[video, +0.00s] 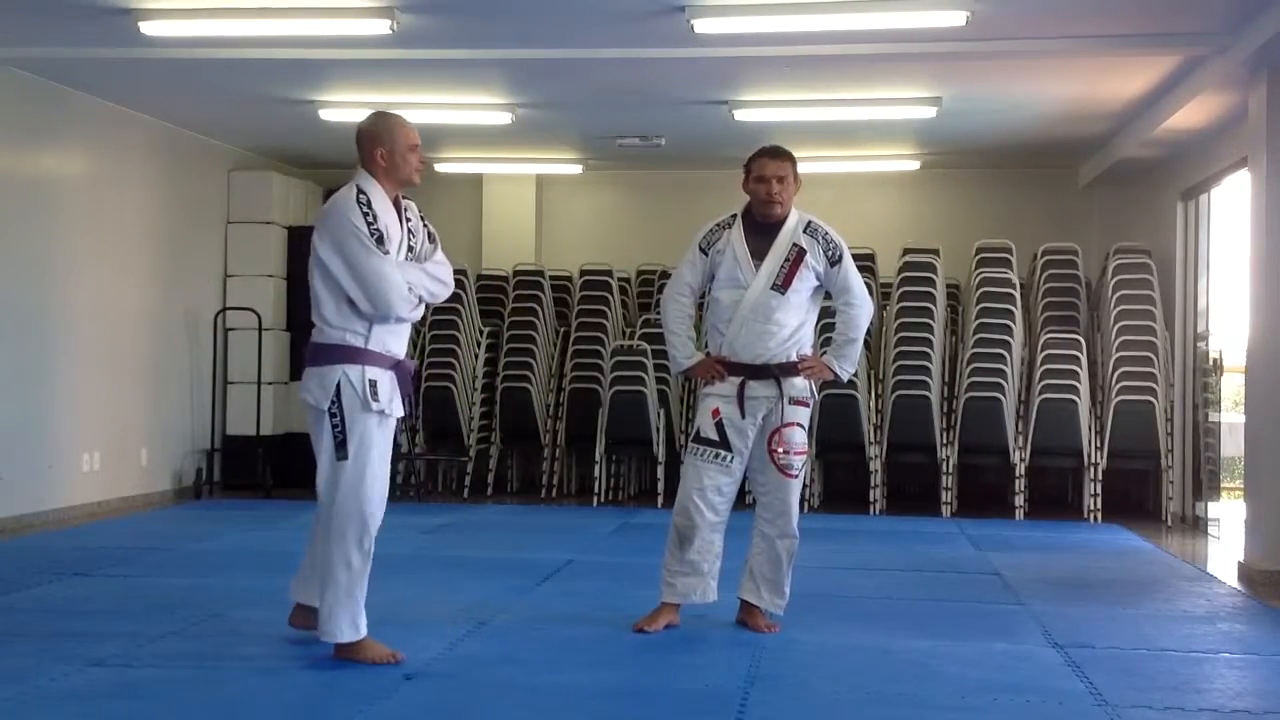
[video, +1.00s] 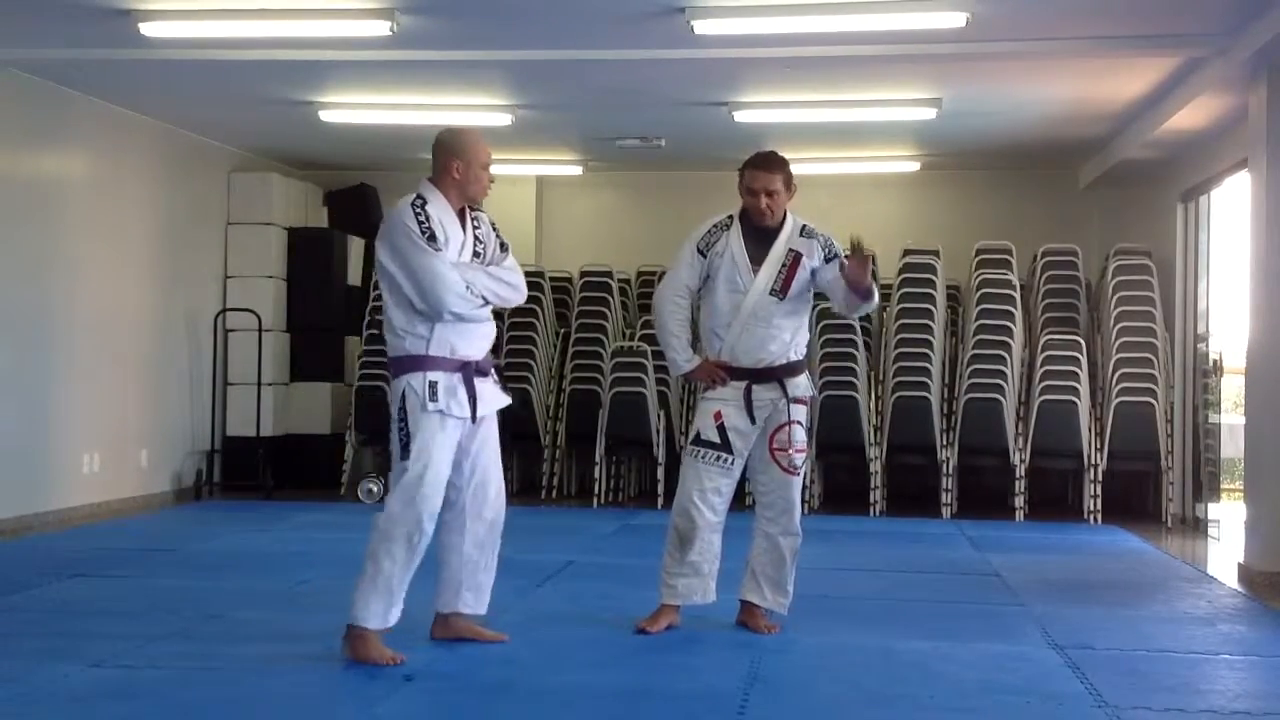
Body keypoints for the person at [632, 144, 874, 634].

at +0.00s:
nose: (771, 190)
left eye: (781, 181)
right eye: (761, 180)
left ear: (796, 187)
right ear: (745, 185)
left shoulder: (821, 242)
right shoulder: (714, 238)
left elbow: (857, 304)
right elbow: (676, 299)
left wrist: (838, 361)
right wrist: (688, 356)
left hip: (789, 389)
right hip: (723, 384)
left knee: (780, 506)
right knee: (697, 499)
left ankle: (756, 604)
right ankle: (672, 602)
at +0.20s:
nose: (768, 190)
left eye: (779, 182)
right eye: (760, 180)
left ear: (797, 190)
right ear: (747, 183)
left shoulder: (821, 243)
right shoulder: (715, 237)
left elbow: (856, 304)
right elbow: (675, 297)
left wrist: (836, 361)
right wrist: (688, 356)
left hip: (788, 390)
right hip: (722, 384)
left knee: (780, 506)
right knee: (697, 498)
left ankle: (756, 604)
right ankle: (672, 602)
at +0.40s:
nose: (769, 191)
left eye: (779, 183)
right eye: (760, 181)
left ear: (796, 190)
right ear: (746, 185)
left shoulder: (819, 244)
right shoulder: (714, 238)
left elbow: (855, 305)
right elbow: (674, 300)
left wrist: (836, 362)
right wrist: (688, 357)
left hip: (788, 391)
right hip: (722, 386)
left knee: (780, 507)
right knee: (696, 500)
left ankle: (756, 605)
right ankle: (672, 603)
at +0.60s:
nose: (765, 192)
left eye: (776, 183)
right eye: (756, 182)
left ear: (792, 189)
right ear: (741, 186)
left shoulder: (817, 244)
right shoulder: (712, 239)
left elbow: (854, 305)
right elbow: (673, 300)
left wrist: (836, 362)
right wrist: (688, 359)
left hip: (788, 391)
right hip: (722, 386)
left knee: (780, 506)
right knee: (696, 500)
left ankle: (756, 605)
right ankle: (672, 603)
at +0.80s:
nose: (761, 197)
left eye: (771, 188)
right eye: (751, 189)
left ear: (788, 190)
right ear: (738, 191)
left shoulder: (814, 245)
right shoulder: (712, 239)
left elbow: (857, 304)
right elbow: (672, 302)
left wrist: (851, 356)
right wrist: (688, 360)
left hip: (788, 388)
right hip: (722, 385)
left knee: (782, 505)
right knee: (695, 500)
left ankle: (756, 604)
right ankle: (672, 603)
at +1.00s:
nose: (763, 203)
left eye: (773, 194)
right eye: (754, 193)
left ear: (790, 194)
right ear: (740, 191)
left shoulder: (814, 244)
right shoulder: (713, 237)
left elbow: (851, 304)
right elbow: (669, 298)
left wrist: (860, 287)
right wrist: (687, 360)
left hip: (787, 390)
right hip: (722, 386)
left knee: (780, 506)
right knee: (695, 501)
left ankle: (757, 604)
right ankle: (672, 602)